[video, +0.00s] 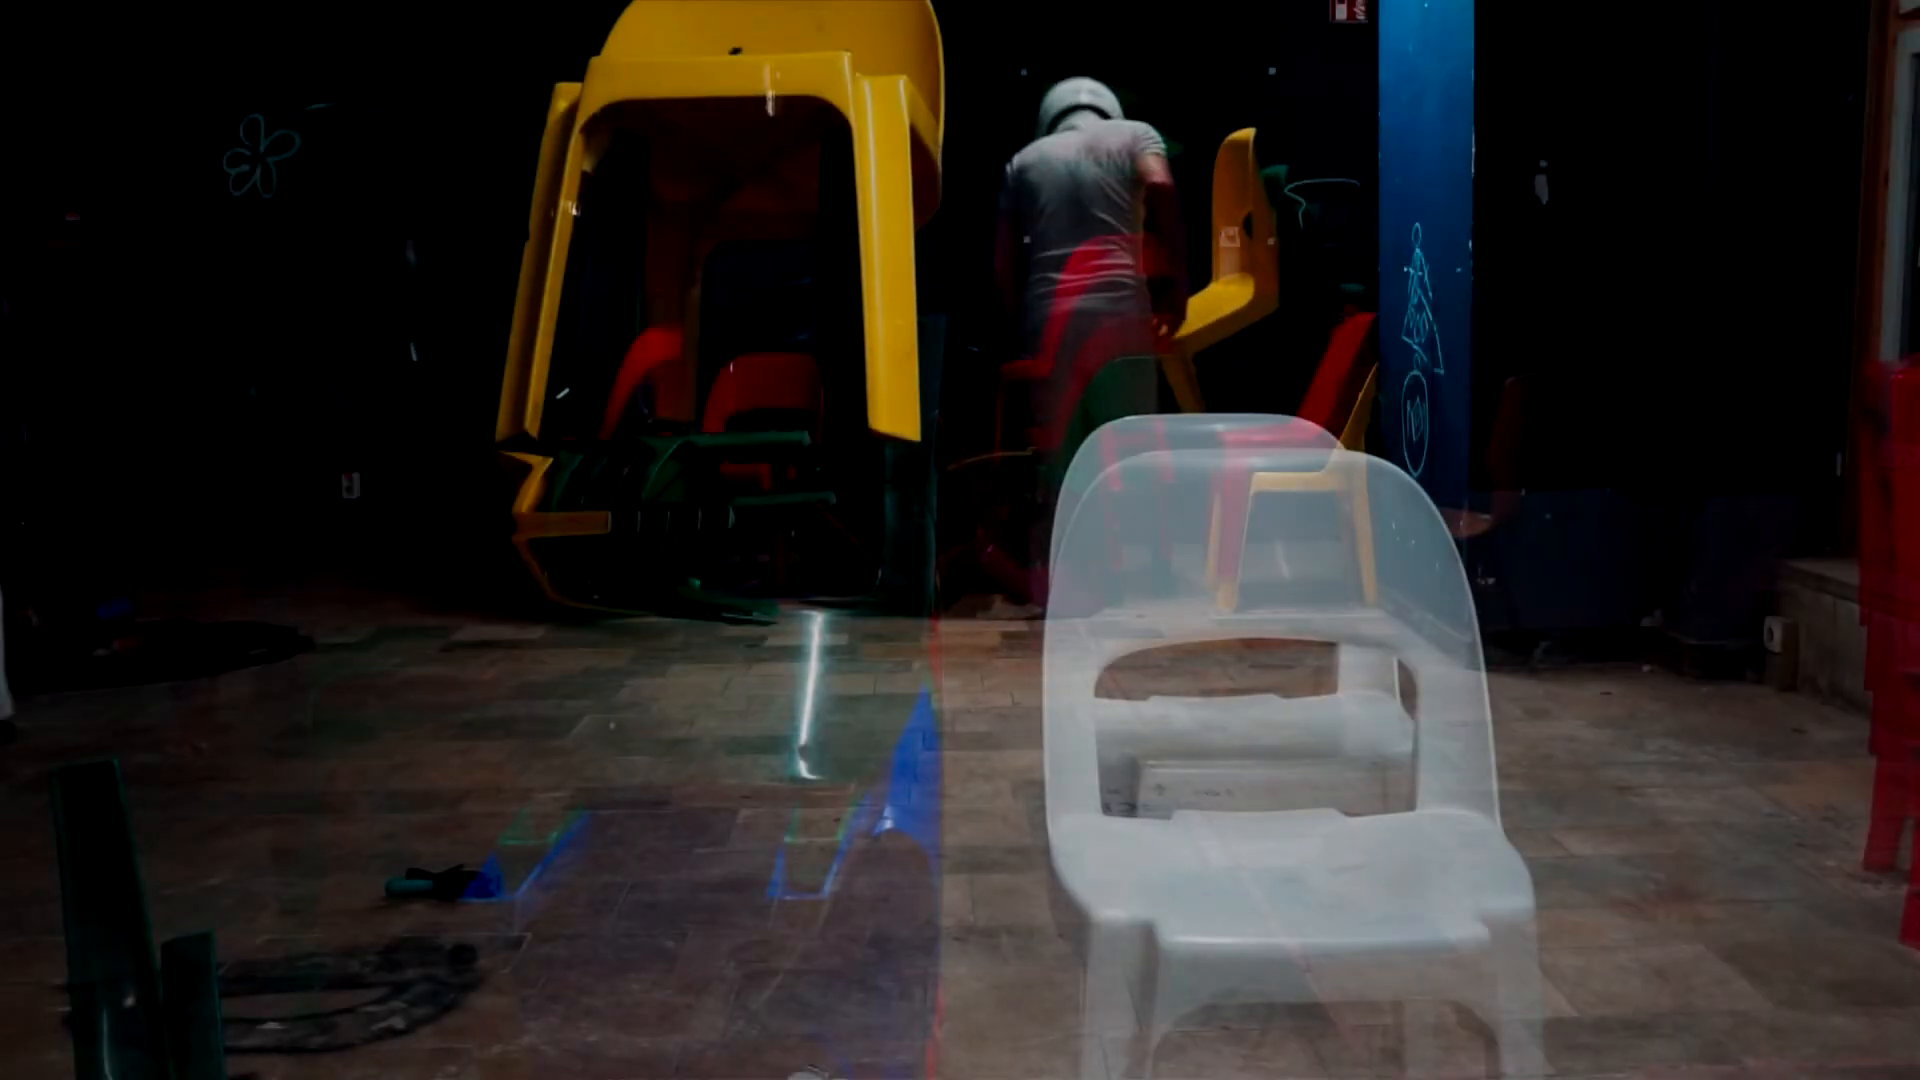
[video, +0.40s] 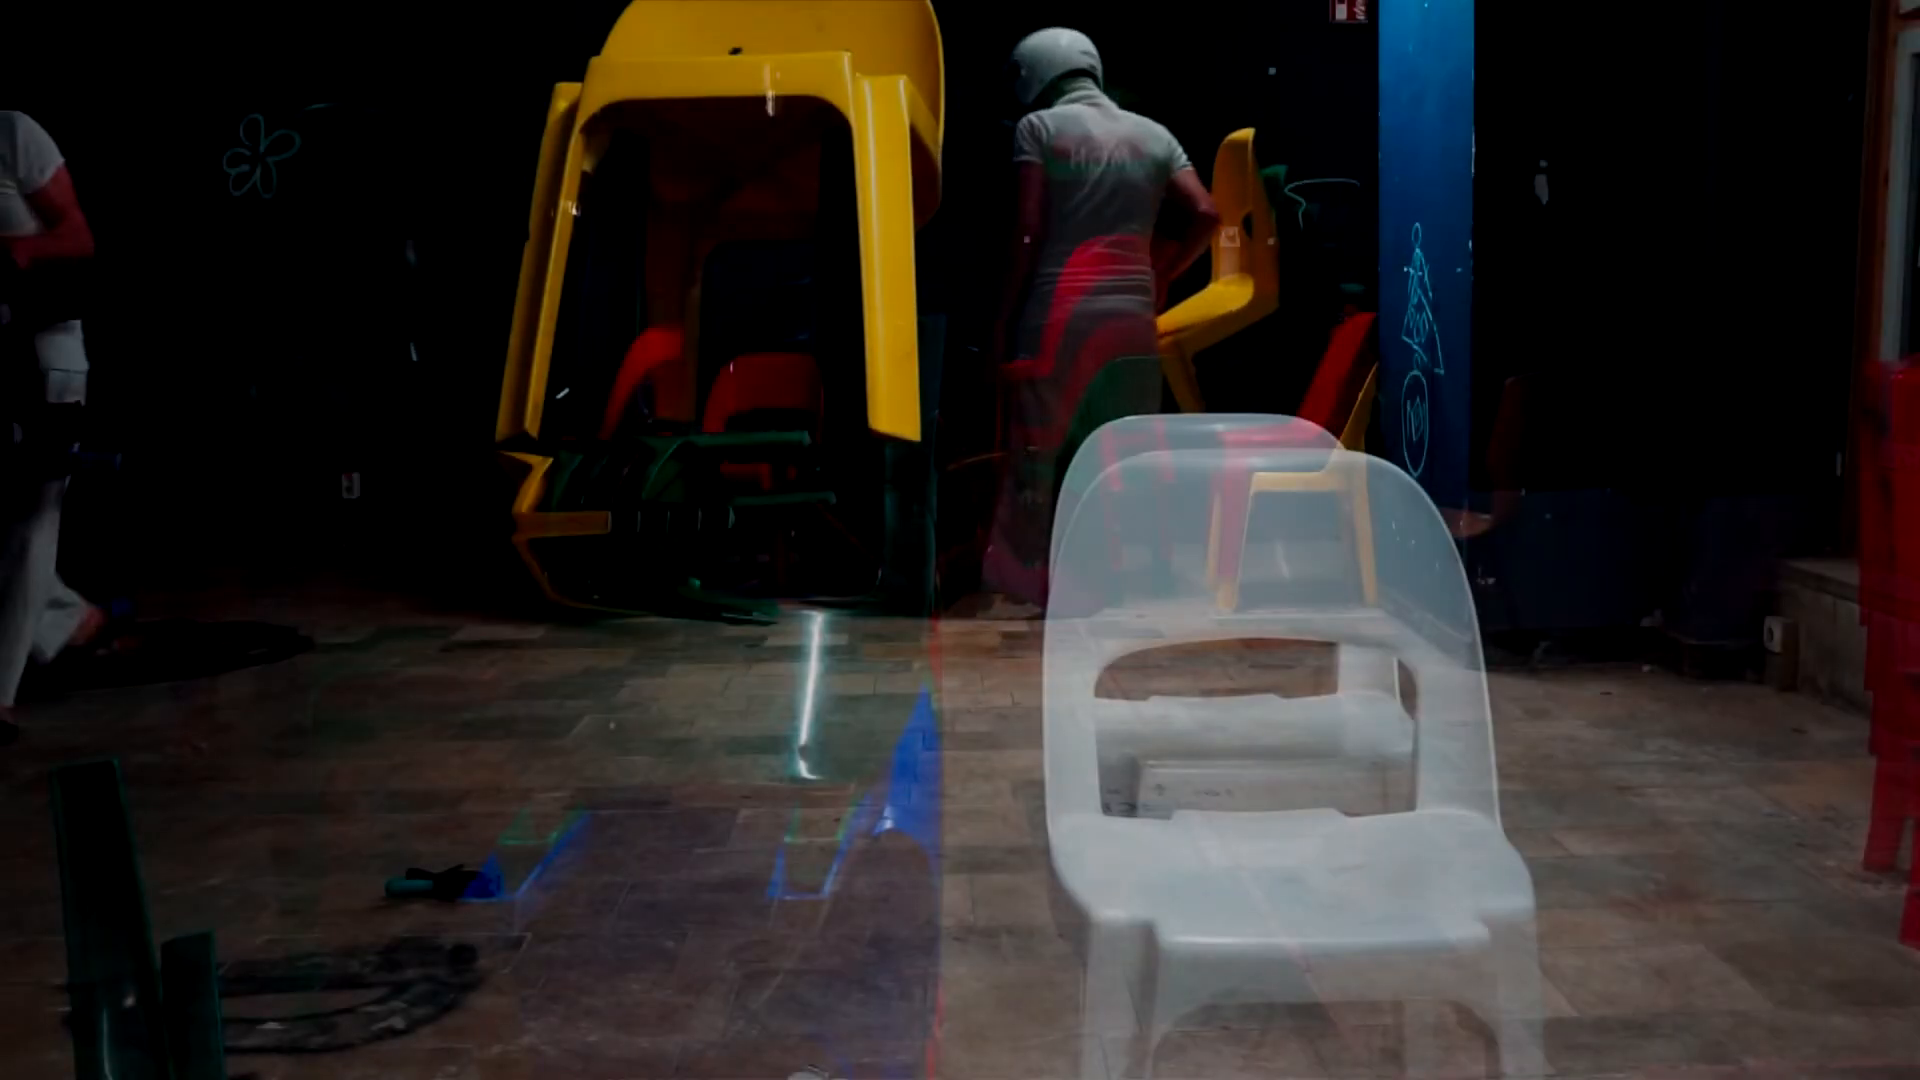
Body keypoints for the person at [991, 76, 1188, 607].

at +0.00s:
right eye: (1109, 107)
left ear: (1050, 118)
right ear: (1107, 108)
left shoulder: (1023, 161)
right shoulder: (1134, 134)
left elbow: (1007, 255)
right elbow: (1160, 187)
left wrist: (1015, 314)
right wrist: (1174, 288)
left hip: (1051, 324)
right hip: (1120, 319)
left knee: (1057, 458)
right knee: (1133, 449)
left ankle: (1053, 586)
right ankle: (1137, 576)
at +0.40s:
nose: (1023, 91)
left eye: (1025, 82)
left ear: (1038, 80)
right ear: (1093, 73)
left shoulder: (1037, 129)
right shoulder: (1153, 134)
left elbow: (1027, 233)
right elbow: (1203, 213)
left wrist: (1006, 310)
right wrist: (1157, 279)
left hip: (1061, 319)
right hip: (1133, 319)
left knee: (1039, 457)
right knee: (1131, 456)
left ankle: (1022, 593)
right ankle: (1133, 586)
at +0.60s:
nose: (993, 89)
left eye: (995, 78)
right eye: (991, 79)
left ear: (1012, 74)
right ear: (1062, 67)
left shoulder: (1022, 125)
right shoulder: (1123, 131)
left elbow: (1033, 226)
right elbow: (1182, 221)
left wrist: (1014, 321)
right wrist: (1133, 276)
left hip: (1051, 315)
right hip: (1117, 314)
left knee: (1009, 454)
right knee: (1115, 451)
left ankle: (978, 594)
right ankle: (1121, 586)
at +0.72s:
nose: (964, 94)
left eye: (966, 81)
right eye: (961, 83)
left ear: (986, 77)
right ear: (1035, 68)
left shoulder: (1000, 131)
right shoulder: (1097, 134)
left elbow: (1022, 230)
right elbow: (1155, 225)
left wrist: (1012, 339)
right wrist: (1100, 272)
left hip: (1032, 327)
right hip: (1094, 325)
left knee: (996, 459)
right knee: (1089, 454)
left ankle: (968, 594)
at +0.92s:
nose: (917, 85)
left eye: (921, 71)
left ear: (936, 71)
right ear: (982, 65)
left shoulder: (958, 133)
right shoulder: (1043, 131)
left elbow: (985, 230)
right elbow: (1101, 220)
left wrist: (965, 335)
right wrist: (1054, 279)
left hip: (985, 317)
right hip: (1046, 312)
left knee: (966, 465)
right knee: (1051, 465)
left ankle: (964, 604)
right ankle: (1089, 589)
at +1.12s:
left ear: (915, 75)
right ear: (948, 68)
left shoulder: (929, 130)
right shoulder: (999, 130)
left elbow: (944, 233)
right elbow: (1056, 219)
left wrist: (919, 300)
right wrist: (1023, 286)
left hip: (961, 320)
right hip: (1008, 316)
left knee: (954, 470)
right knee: (991, 471)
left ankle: (957, 608)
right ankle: (1038, 596)